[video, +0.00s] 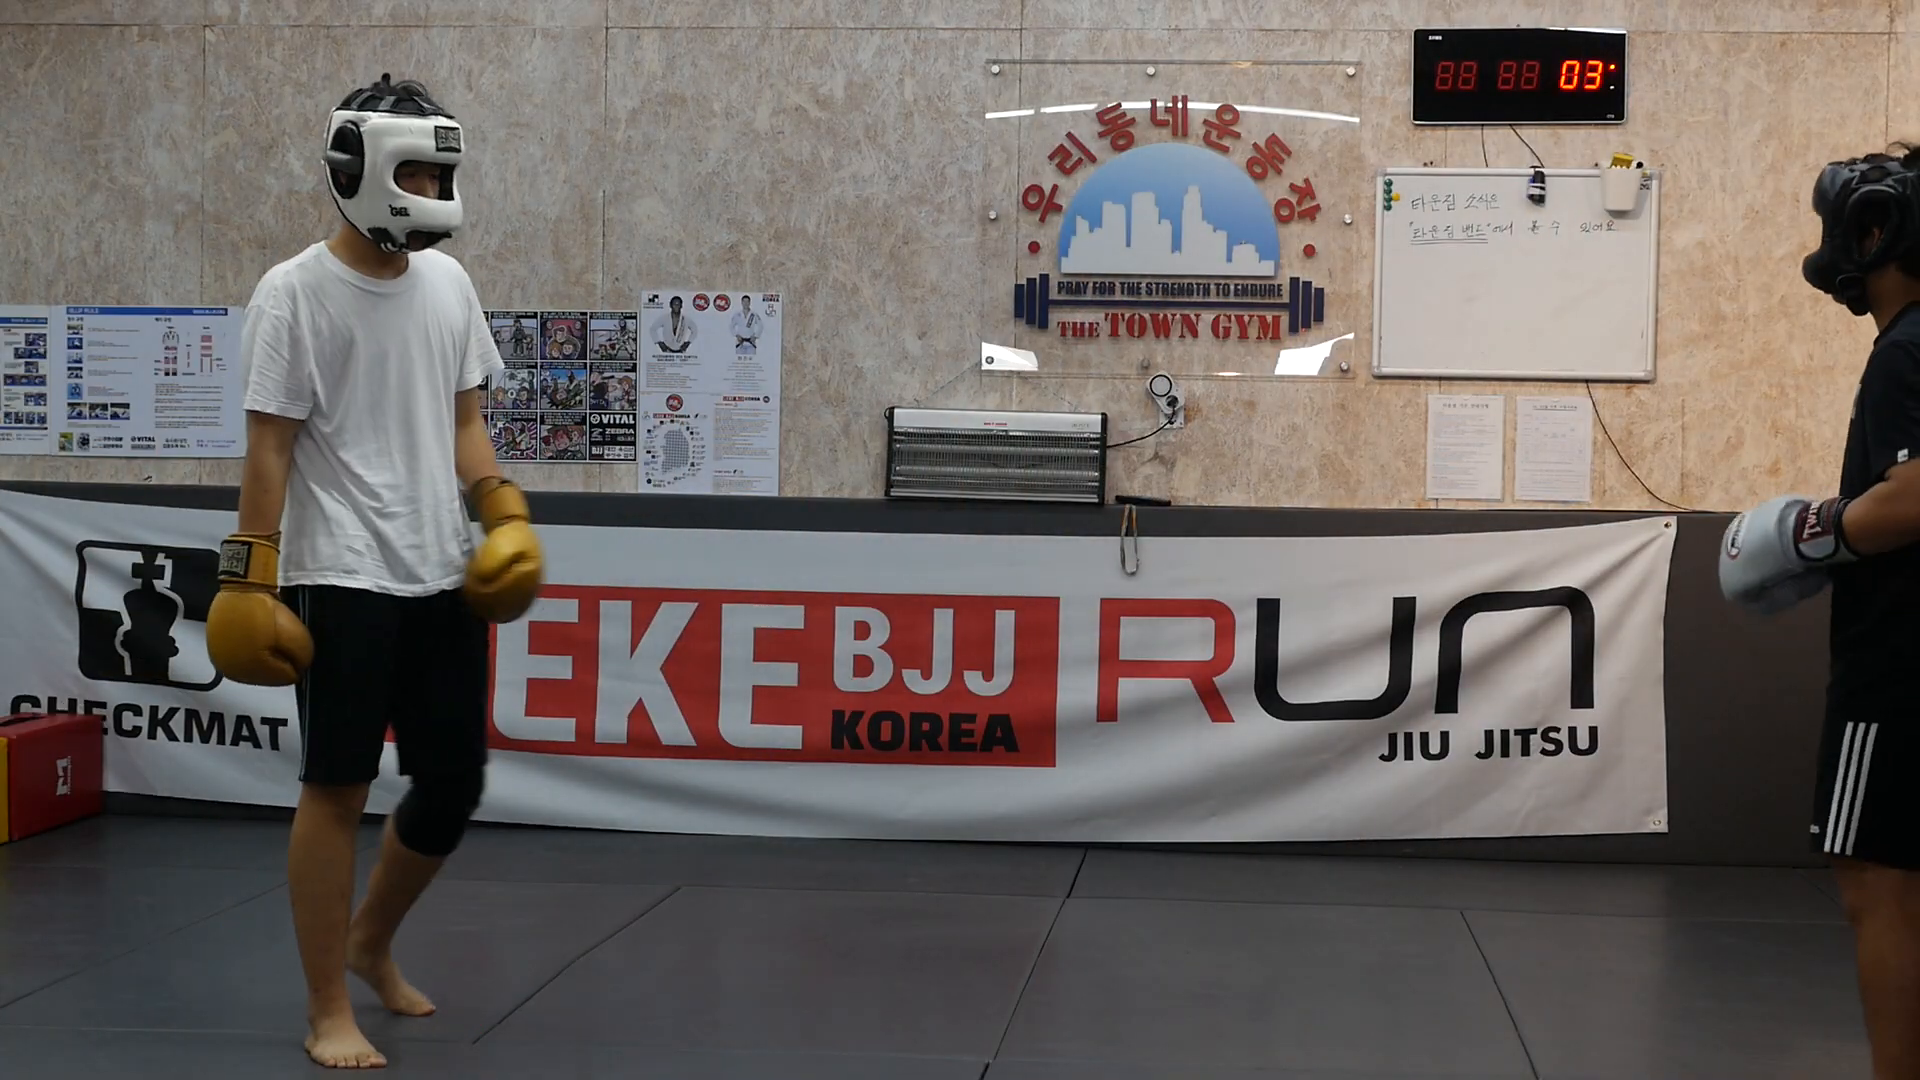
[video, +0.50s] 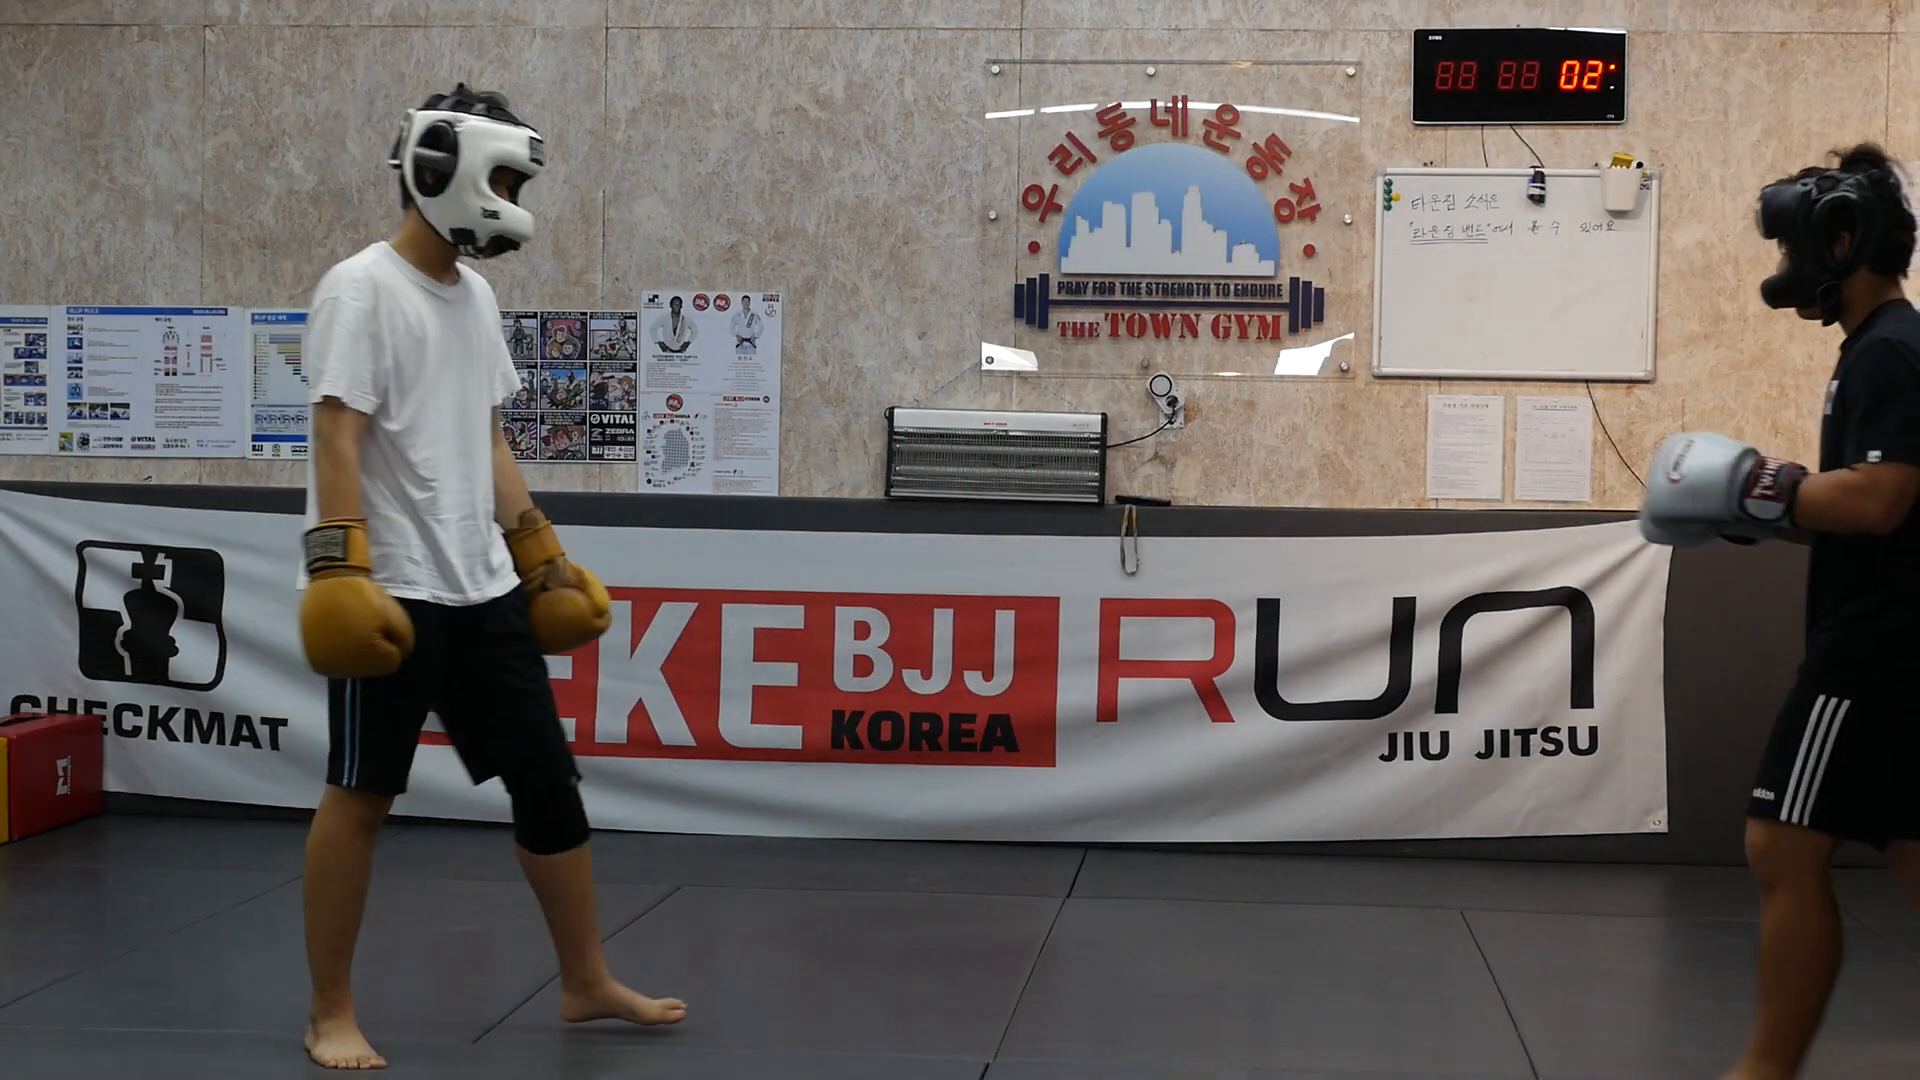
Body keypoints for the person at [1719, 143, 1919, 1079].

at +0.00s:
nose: (1840, 276)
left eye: (1843, 255)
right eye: (1839, 259)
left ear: (1876, 244)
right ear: (1899, 244)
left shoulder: (1907, 347)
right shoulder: (1904, 343)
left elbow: (1909, 491)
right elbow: (1900, 491)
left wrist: (1819, 532)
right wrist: (1823, 534)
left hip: (1895, 669)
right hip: (1892, 662)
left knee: (1875, 881)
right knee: (1881, 879)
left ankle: (1896, 1064)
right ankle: (1897, 1060)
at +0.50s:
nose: (1792, 268)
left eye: (1801, 248)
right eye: (1793, 249)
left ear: (1842, 249)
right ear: (1866, 249)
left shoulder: (1889, 350)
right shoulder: (1884, 344)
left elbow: (1881, 500)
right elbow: (1870, 497)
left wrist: (1764, 491)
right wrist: (1767, 497)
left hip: (1869, 653)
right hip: (1885, 647)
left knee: (1783, 847)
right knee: (1909, 850)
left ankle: (1769, 1065)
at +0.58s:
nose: (1769, 277)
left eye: (1778, 256)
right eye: (1769, 258)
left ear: (1823, 253)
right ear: (1841, 254)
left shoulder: (1871, 355)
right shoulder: (1866, 349)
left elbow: (1846, 501)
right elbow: (1839, 506)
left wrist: (1728, 479)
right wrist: (1724, 493)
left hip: (1848, 665)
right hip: (1876, 657)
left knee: (1783, 869)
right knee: (1907, 862)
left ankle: (1716, 1064)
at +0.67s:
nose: (1743, 279)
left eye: (1753, 258)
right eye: (1743, 260)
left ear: (1801, 258)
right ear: (1813, 259)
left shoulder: (1843, 364)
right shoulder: (1847, 358)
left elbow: (1798, 505)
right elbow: (1798, 504)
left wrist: (1679, 473)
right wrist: (1696, 479)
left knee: (1771, 885)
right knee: (1903, 877)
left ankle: (1704, 1067)